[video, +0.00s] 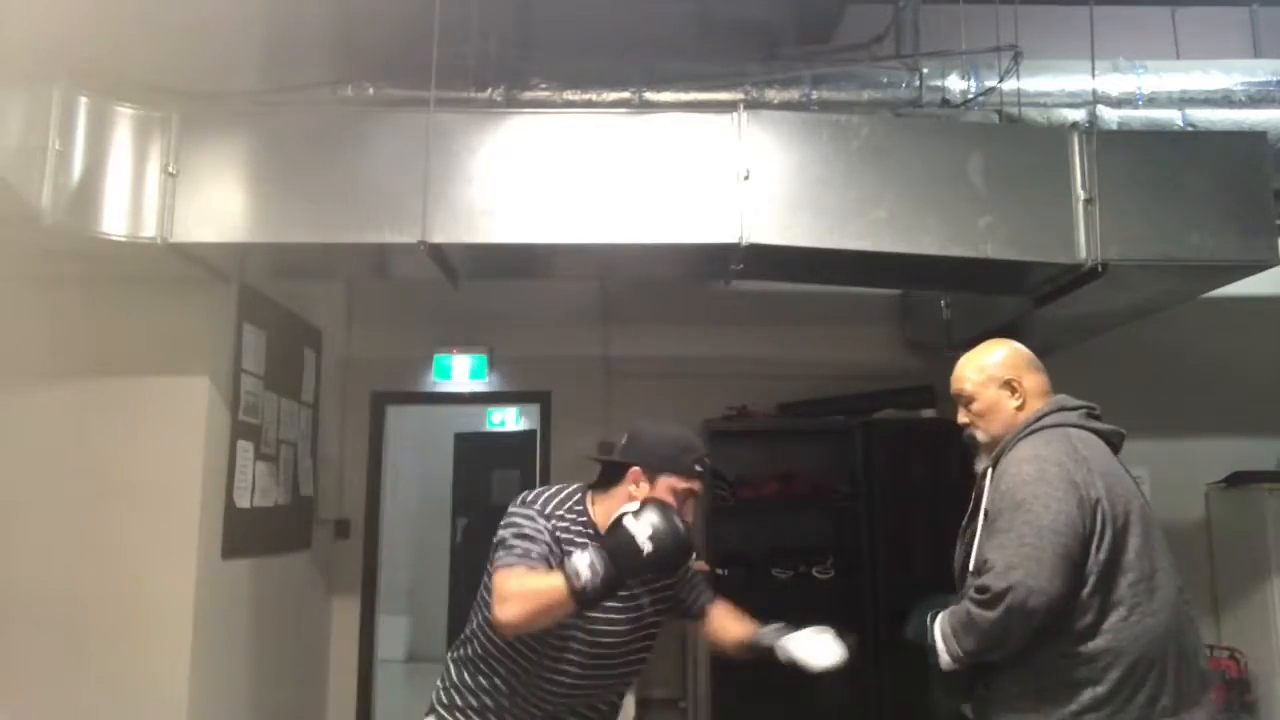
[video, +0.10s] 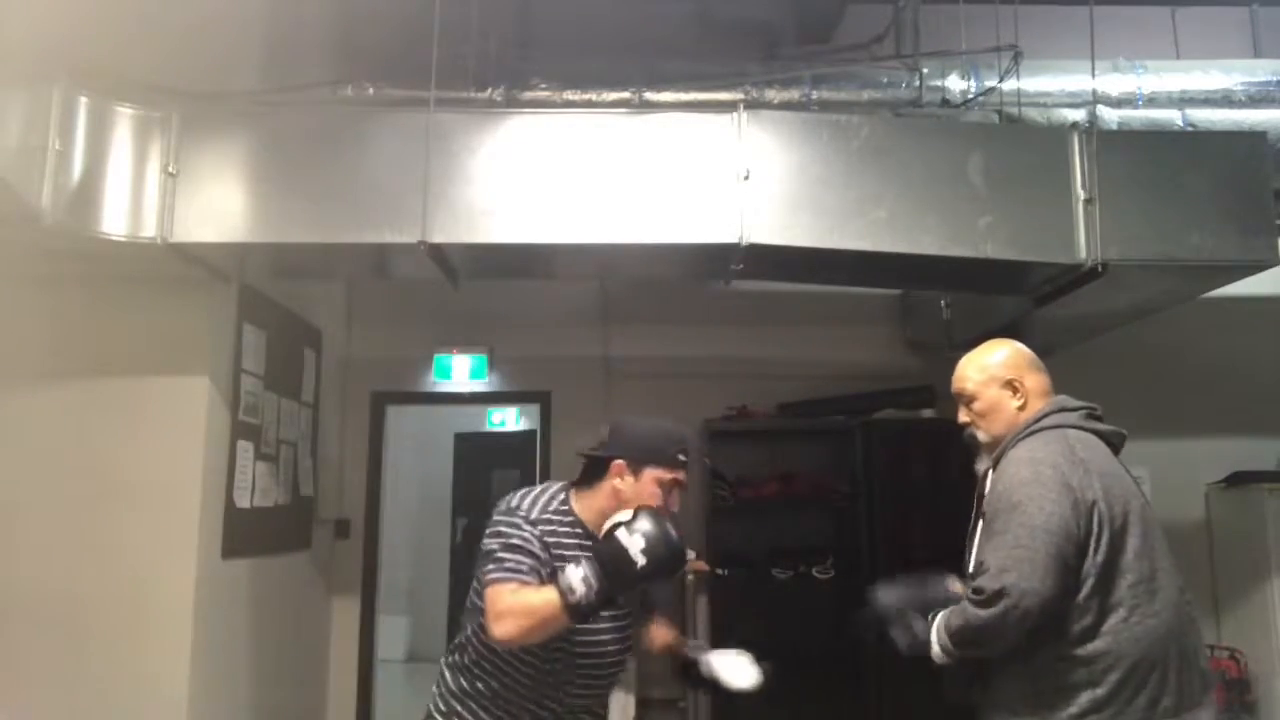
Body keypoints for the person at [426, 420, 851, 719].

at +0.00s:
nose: (688, 511)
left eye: (693, 499)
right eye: (682, 494)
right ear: (636, 480)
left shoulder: (667, 555)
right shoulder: (539, 511)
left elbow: (713, 616)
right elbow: (509, 612)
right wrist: (608, 562)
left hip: (585, 713)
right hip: (476, 710)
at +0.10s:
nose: (673, 506)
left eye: (677, 491)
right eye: (666, 487)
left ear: (621, 477)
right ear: (620, 474)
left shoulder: (632, 541)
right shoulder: (524, 515)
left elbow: (640, 624)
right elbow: (504, 623)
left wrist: (694, 657)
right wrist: (598, 576)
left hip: (580, 711)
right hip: (480, 710)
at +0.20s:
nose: (649, 491)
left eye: (653, 474)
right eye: (639, 471)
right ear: (593, 462)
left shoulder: (601, 531)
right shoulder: (498, 512)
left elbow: (602, 624)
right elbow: (490, 630)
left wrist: (643, 650)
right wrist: (590, 582)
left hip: (556, 710)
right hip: (465, 710)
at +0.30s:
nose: (624, 471)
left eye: (625, 457)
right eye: (615, 454)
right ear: (567, 447)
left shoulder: (578, 521)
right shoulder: (478, 505)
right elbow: (471, 629)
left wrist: (629, 618)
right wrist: (566, 585)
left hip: (521, 709)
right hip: (440, 710)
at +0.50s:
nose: (592, 464)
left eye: (593, 449)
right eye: (582, 447)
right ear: (534, 444)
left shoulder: (557, 508)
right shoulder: (447, 509)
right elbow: (441, 641)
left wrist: (606, 609)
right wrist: (535, 601)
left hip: (529, 706)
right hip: (435, 709)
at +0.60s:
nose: (597, 488)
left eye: (598, 472)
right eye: (587, 472)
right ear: (540, 469)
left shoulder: (569, 529)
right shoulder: (449, 529)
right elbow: (412, 656)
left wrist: (599, 627)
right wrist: (510, 637)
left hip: (530, 707)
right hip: (435, 709)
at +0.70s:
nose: (623, 513)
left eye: (622, 499)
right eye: (612, 500)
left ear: (568, 506)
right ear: (567, 504)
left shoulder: (598, 556)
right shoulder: (467, 564)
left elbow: (608, 666)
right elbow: (400, 676)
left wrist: (615, 627)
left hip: (557, 707)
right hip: (472, 708)